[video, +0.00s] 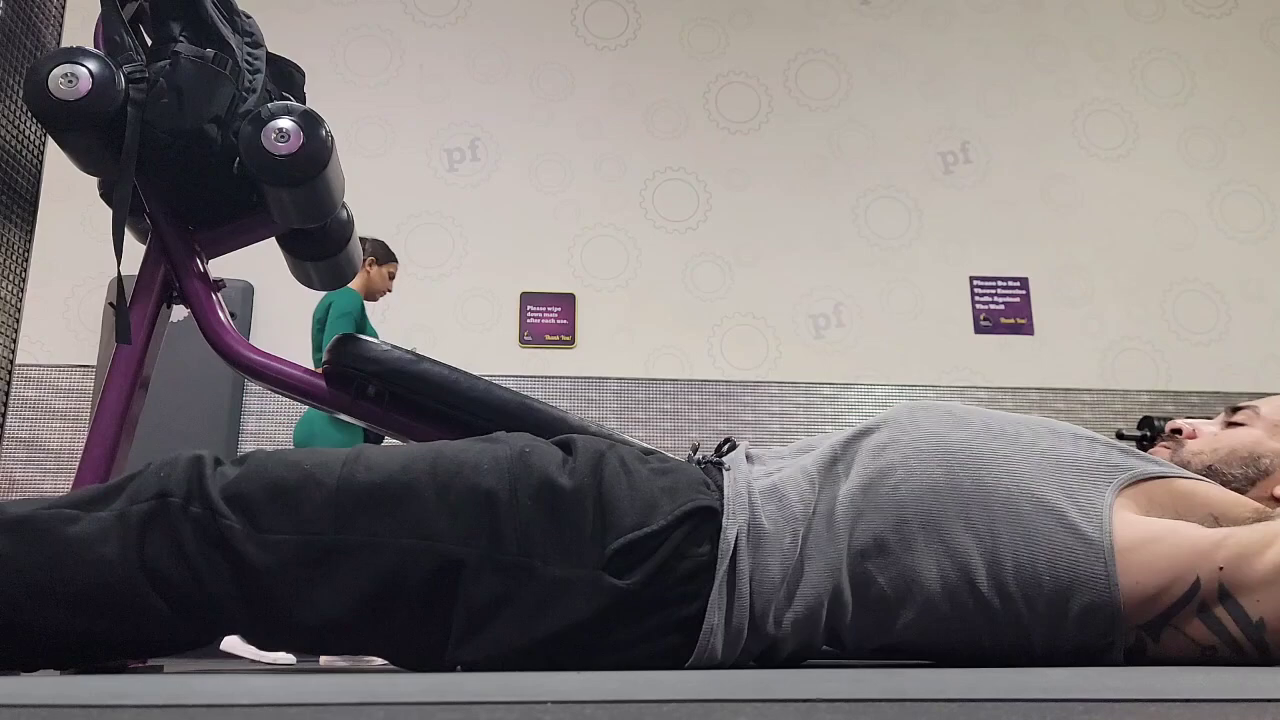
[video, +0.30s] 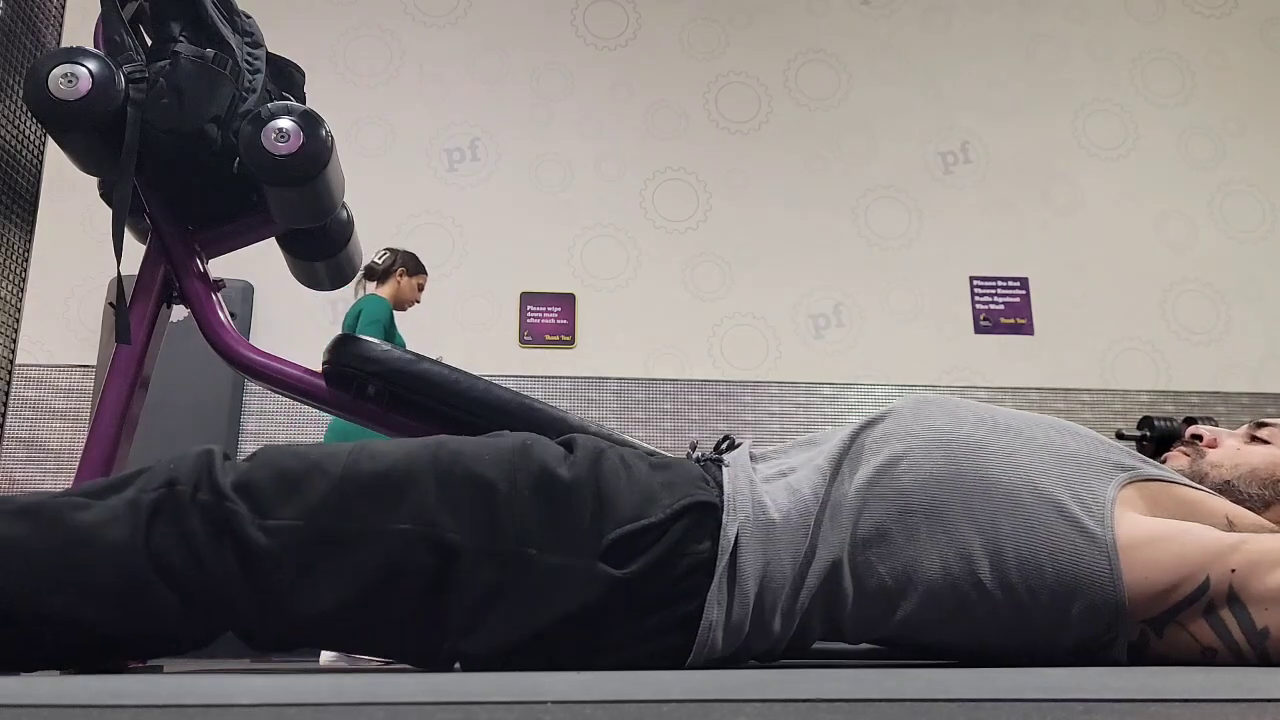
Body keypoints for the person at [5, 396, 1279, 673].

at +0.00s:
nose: (1233, 415)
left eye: (1255, 426)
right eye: (1243, 404)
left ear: (1261, 472)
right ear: (1211, 417)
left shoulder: (1219, 545)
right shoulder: (1118, 469)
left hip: (673, 551)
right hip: (663, 492)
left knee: (210, 525)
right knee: (212, 513)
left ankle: (21, 583)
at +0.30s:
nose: (1235, 435)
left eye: (1259, 447)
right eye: (1243, 425)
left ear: (1262, 499)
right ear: (1205, 432)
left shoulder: (1212, 552)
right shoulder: (1121, 480)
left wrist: (1241, 541)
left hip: (670, 550)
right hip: (663, 495)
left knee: (228, 532)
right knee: (225, 511)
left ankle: (13, 568)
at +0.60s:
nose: (1232, 438)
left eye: (1257, 450)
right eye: (1237, 428)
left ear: (1261, 504)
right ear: (1195, 433)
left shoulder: (1201, 555)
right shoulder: (1111, 479)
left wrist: (1244, 525)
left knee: (226, 456)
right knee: (242, 441)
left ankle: (10, 530)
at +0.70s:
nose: (1226, 435)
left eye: (1253, 451)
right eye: (1238, 428)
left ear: (1252, 501)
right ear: (1196, 438)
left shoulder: (1187, 560)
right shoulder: (1115, 491)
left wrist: (1235, 513)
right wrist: (1216, 463)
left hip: (660, 553)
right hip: (655, 489)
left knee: (231, 422)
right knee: (242, 421)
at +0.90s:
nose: (1221, 445)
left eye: (1246, 456)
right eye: (1233, 431)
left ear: (1238, 501)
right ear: (1191, 440)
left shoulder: (1166, 564)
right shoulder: (1110, 486)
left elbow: (1278, 566)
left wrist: (1241, 497)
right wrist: (1224, 467)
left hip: (661, 565)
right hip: (650, 497)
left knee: (279, 333)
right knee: (285, 331)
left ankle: (7, 372)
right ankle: (16, 375)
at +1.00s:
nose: (1210, 433)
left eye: (1239, 442)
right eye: (1224, 420)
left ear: (1240, 489)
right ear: (1191, 440)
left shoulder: (1170, 567)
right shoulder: (1100, 487)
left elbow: (1278, 531)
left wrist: (1242, 475)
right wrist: (1232, 466)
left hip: (660, 562)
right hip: (654, 493)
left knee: (330, 297)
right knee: (328, 305)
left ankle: (14, 315)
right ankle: (21, 324)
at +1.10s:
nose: (1200, 434)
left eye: (1228, 438)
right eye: (1210, 415)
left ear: (1230, 493)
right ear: (1177, 427)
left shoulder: (1157, 579)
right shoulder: (1081, 484)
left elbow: (1265, 537)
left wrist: (1242, 457)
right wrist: (1193, 452)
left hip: (659, 556)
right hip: (646, 481)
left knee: (370, 258)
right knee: (367, 278)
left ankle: (18, 261)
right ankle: (42, 275)